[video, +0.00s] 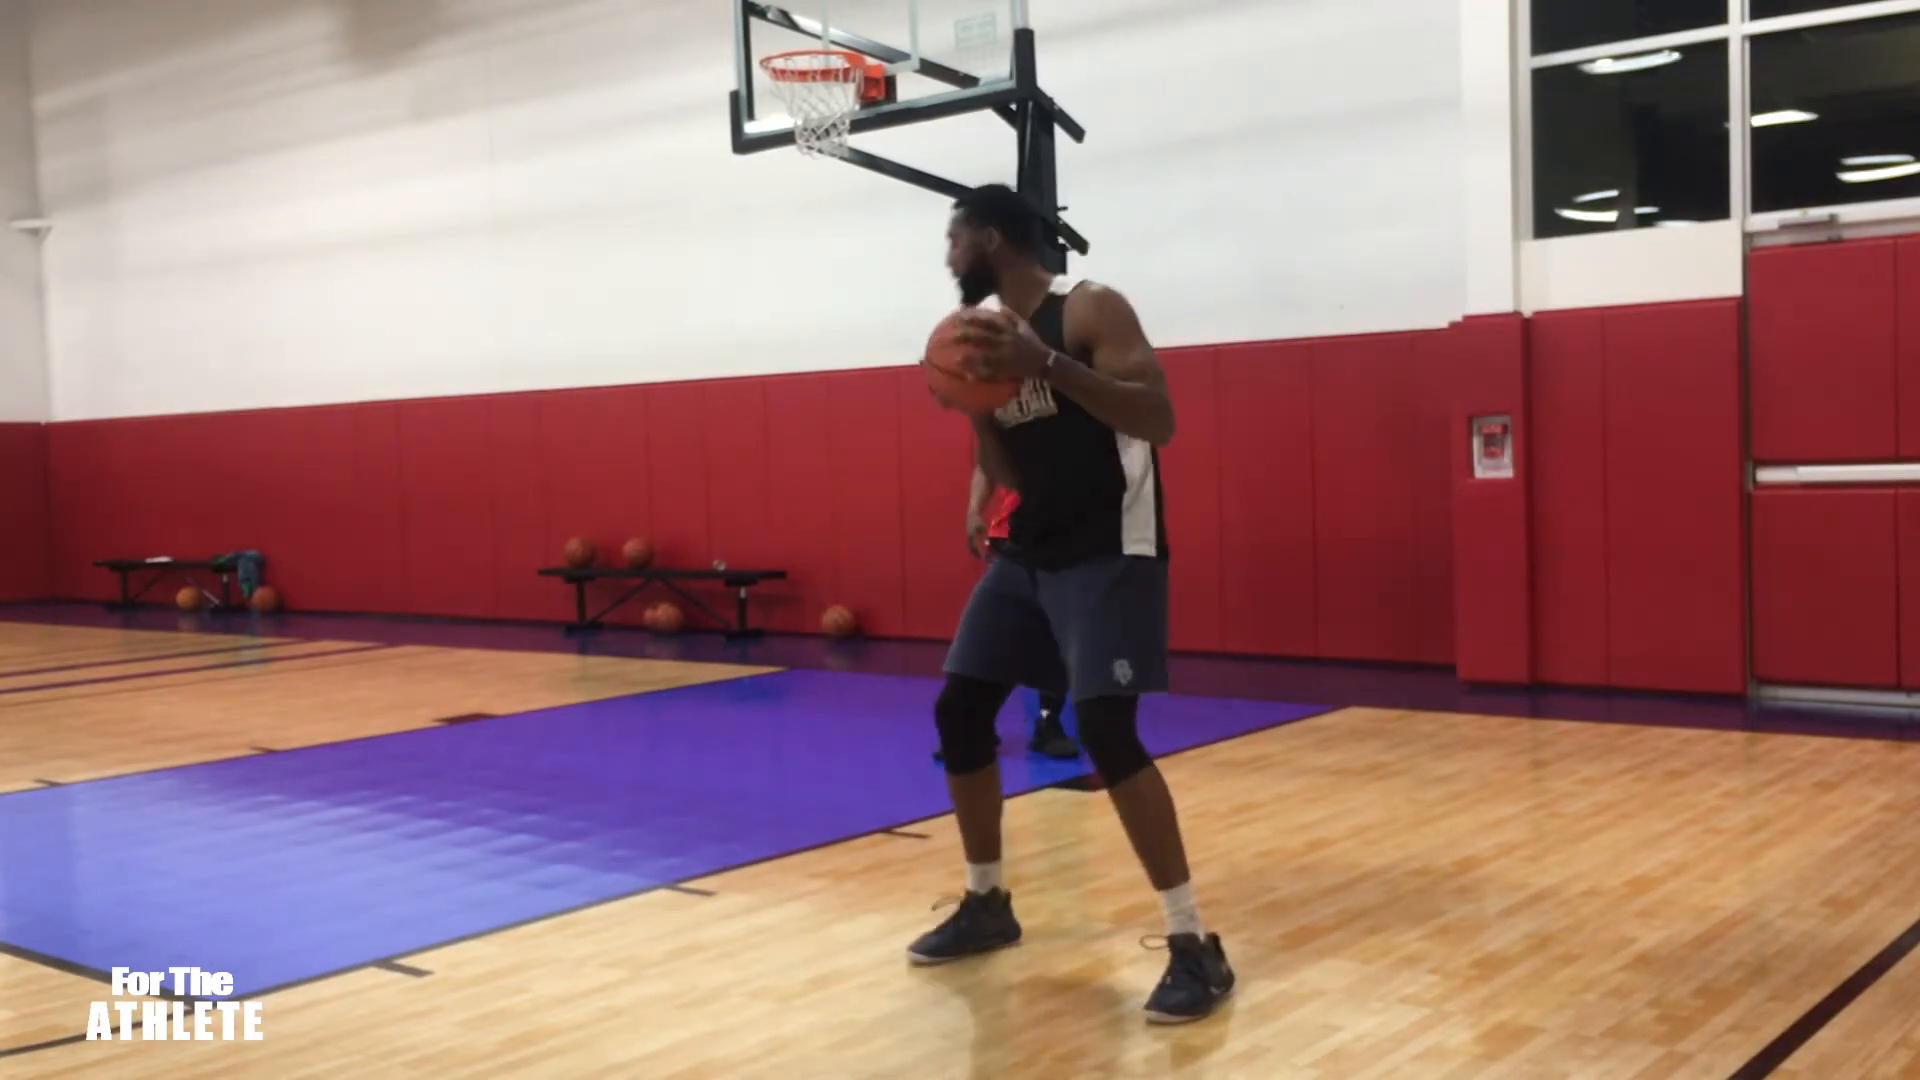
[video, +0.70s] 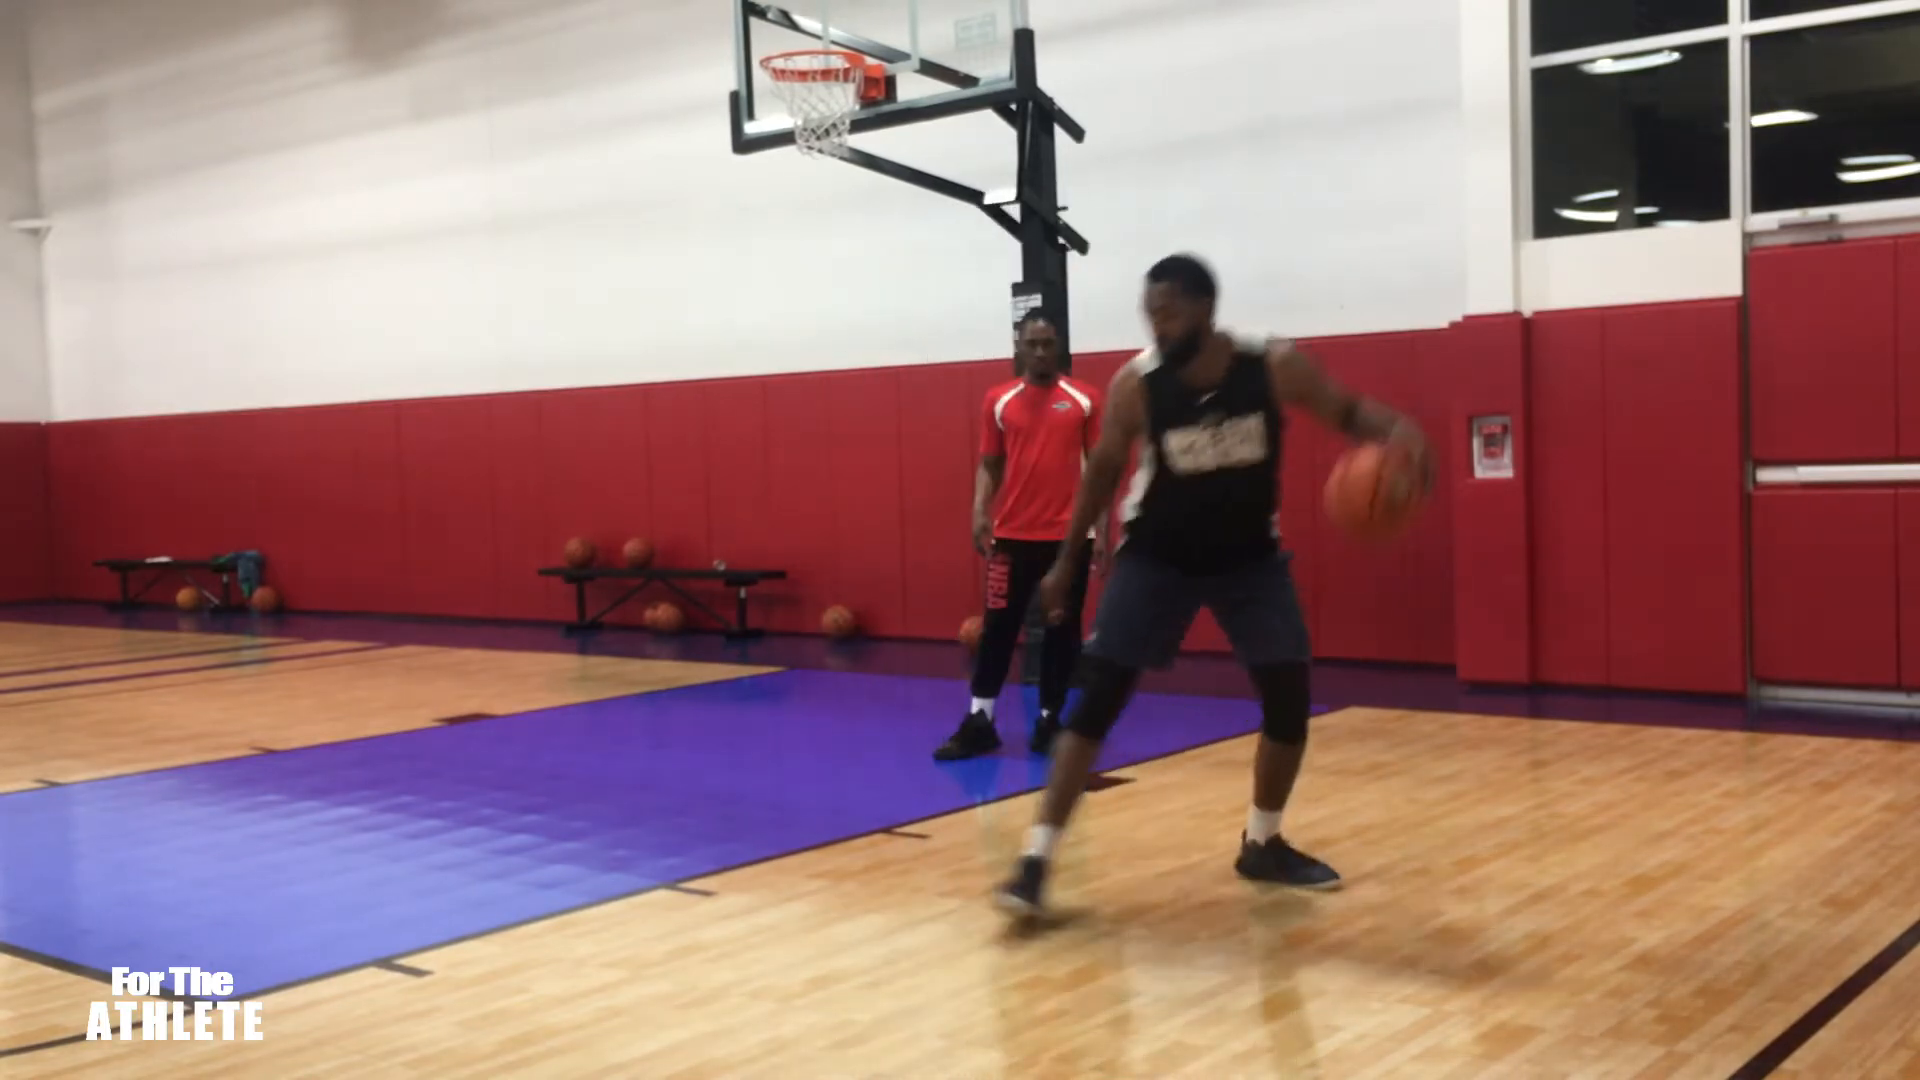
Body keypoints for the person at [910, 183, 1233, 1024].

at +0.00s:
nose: (948, 251)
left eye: (957, 234)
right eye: (949, 237)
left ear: (1001, 236)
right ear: (996, 241)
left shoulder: (1093, 310)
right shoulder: (985, 338)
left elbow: (1157, 418)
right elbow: (1001, 466)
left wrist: (1045, 363)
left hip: (1109, 559)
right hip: (1026, 558)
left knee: (1105, 730)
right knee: (961, 711)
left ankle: (1193, 946)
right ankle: (986, 902)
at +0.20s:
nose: (924, 283)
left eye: (933, 266)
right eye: (921, 268)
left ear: (980, 263)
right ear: (964, 268)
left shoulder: (1082, 320)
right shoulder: (949, 360)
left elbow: (1162, 423)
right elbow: (949, 479)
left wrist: (1075, 394)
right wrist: (953, 472)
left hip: (1122, 545)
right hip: (1021, 553)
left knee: (1171, 704)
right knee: (979, 708)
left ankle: (1229, 904)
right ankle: (985, 899)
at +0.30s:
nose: (940, 313)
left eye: (949, 298)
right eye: (937, 299)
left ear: (997, 293)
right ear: (966, 299)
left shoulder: (1094, 351)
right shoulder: (954, 381)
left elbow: (1167, 457)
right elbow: (959, 476)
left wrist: (1071, 489)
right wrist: (946, 549)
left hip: (1123, 545)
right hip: (1022, 552)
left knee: (1192, 692)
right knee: (984, 707)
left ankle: (1274, 879)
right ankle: (959, 897)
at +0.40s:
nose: (974, 353)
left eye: (985, 340)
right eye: (972, 341)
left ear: (1033, 339)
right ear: (985, 342)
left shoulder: (1113, 402)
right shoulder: (975, 417)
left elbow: (1169, 524)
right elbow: (970, 517)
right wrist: (953, 614)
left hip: (1131, 580)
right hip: (1031, 585)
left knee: (1224, 701)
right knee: (983, 713)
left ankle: (1295, 841)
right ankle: (955, 901)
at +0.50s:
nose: (1025, 371)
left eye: (1037, 359)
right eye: (1021, 358)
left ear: (1084, 360)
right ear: (1024, 360)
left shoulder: (1156, 425)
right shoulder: (1017, 425)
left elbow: (1210, 543)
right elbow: (995, 529)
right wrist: (971, 630)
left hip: (1151, 590)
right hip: (1056, 592)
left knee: (1258, 711)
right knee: (1007, 720)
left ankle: (1283, 833)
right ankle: (956, 901)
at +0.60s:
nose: (1099, 352)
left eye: (1112, 339)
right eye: (1096, 339)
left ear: (1152, 340)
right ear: (1094, 343)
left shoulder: (1220, 404)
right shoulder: (1085, 416)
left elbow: (1292, 486)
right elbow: (1048, 506)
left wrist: (1339, 555)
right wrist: (1015, 594)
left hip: (1205, 582)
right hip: (1109, 584)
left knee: (1279, 716)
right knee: (1052, 717)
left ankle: (1262, 846)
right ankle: (970, 888)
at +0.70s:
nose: (1155, 323)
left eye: (1167, 309)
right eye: (1149, 311)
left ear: (1206, 306)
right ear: (1148, 314)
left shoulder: (1274, 367)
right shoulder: (1136, 389)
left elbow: (1350, 414)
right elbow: (1102, 472)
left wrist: (1403, 436)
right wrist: (1068, 558)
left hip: (1248, 558)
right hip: (1157, 561)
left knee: (1289, 697)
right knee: (1098, 694)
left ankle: (1263, 844)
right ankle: (1036, 858)